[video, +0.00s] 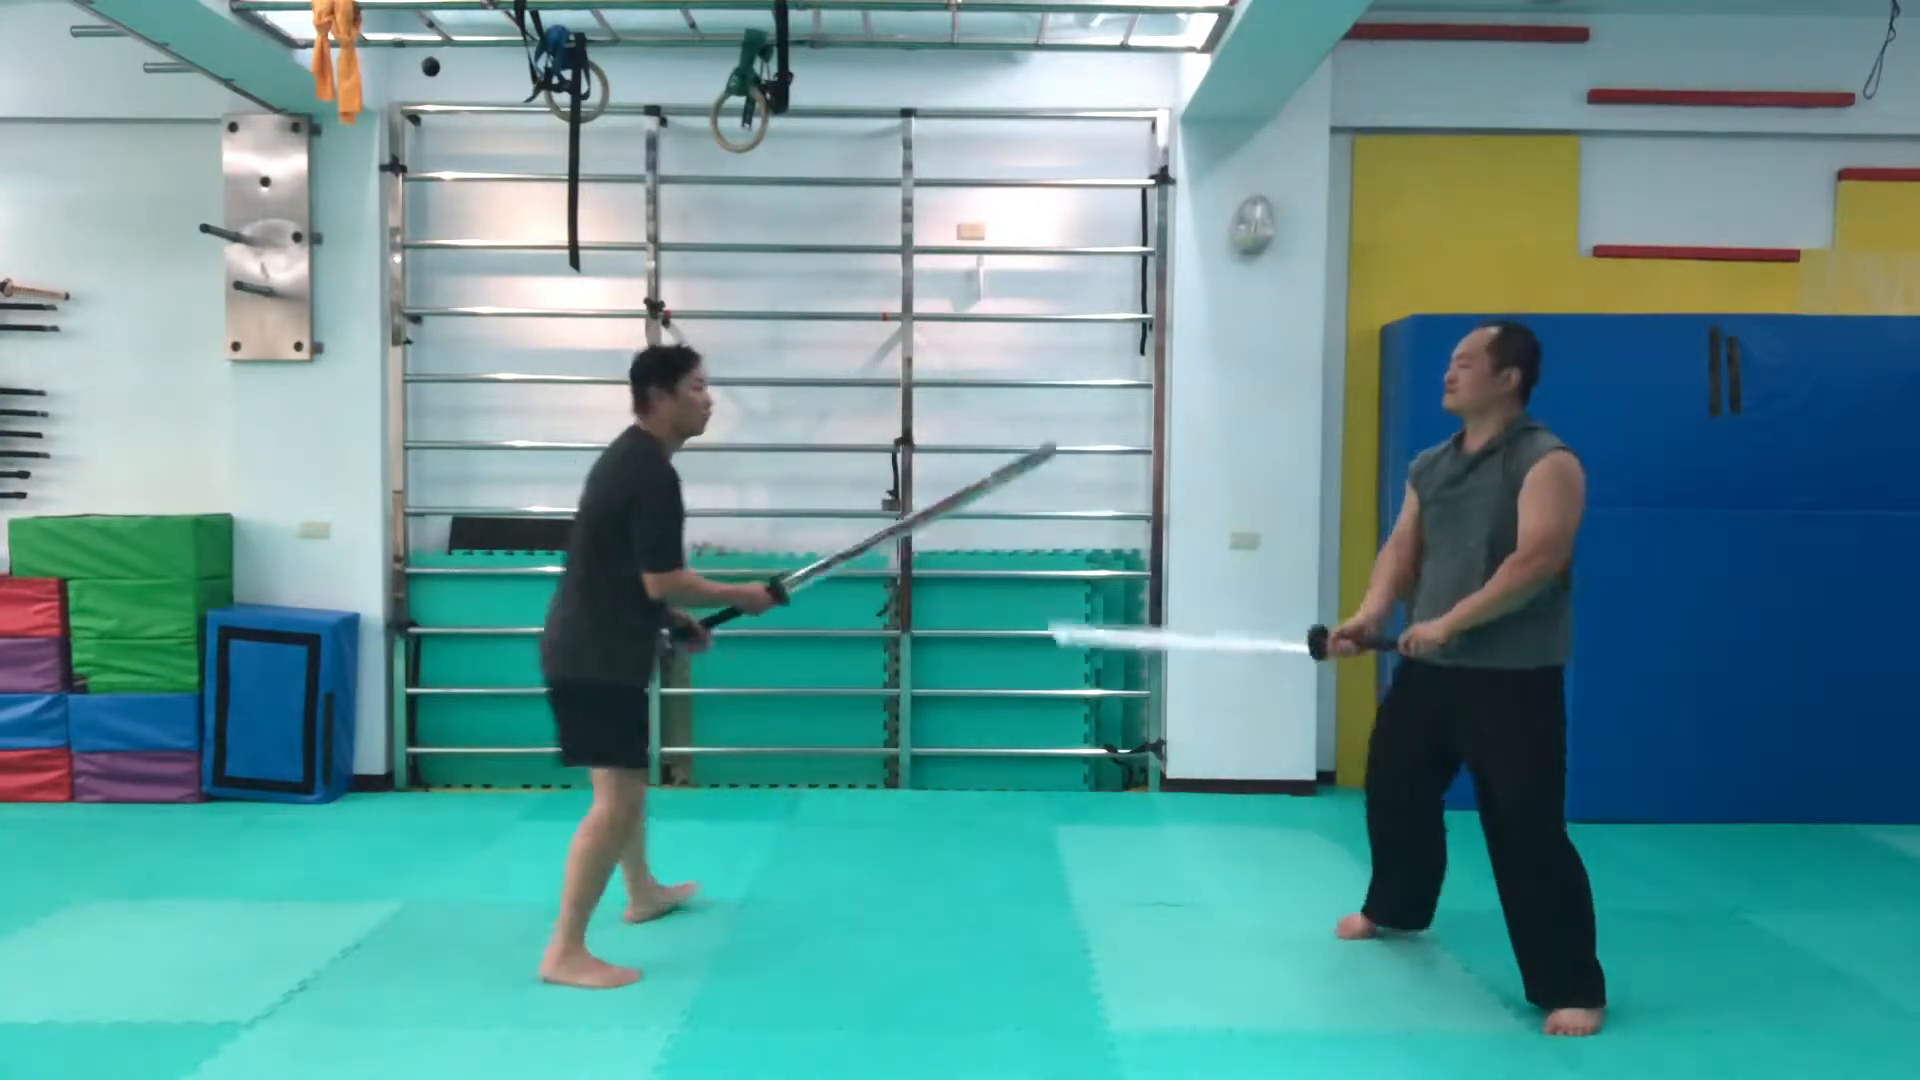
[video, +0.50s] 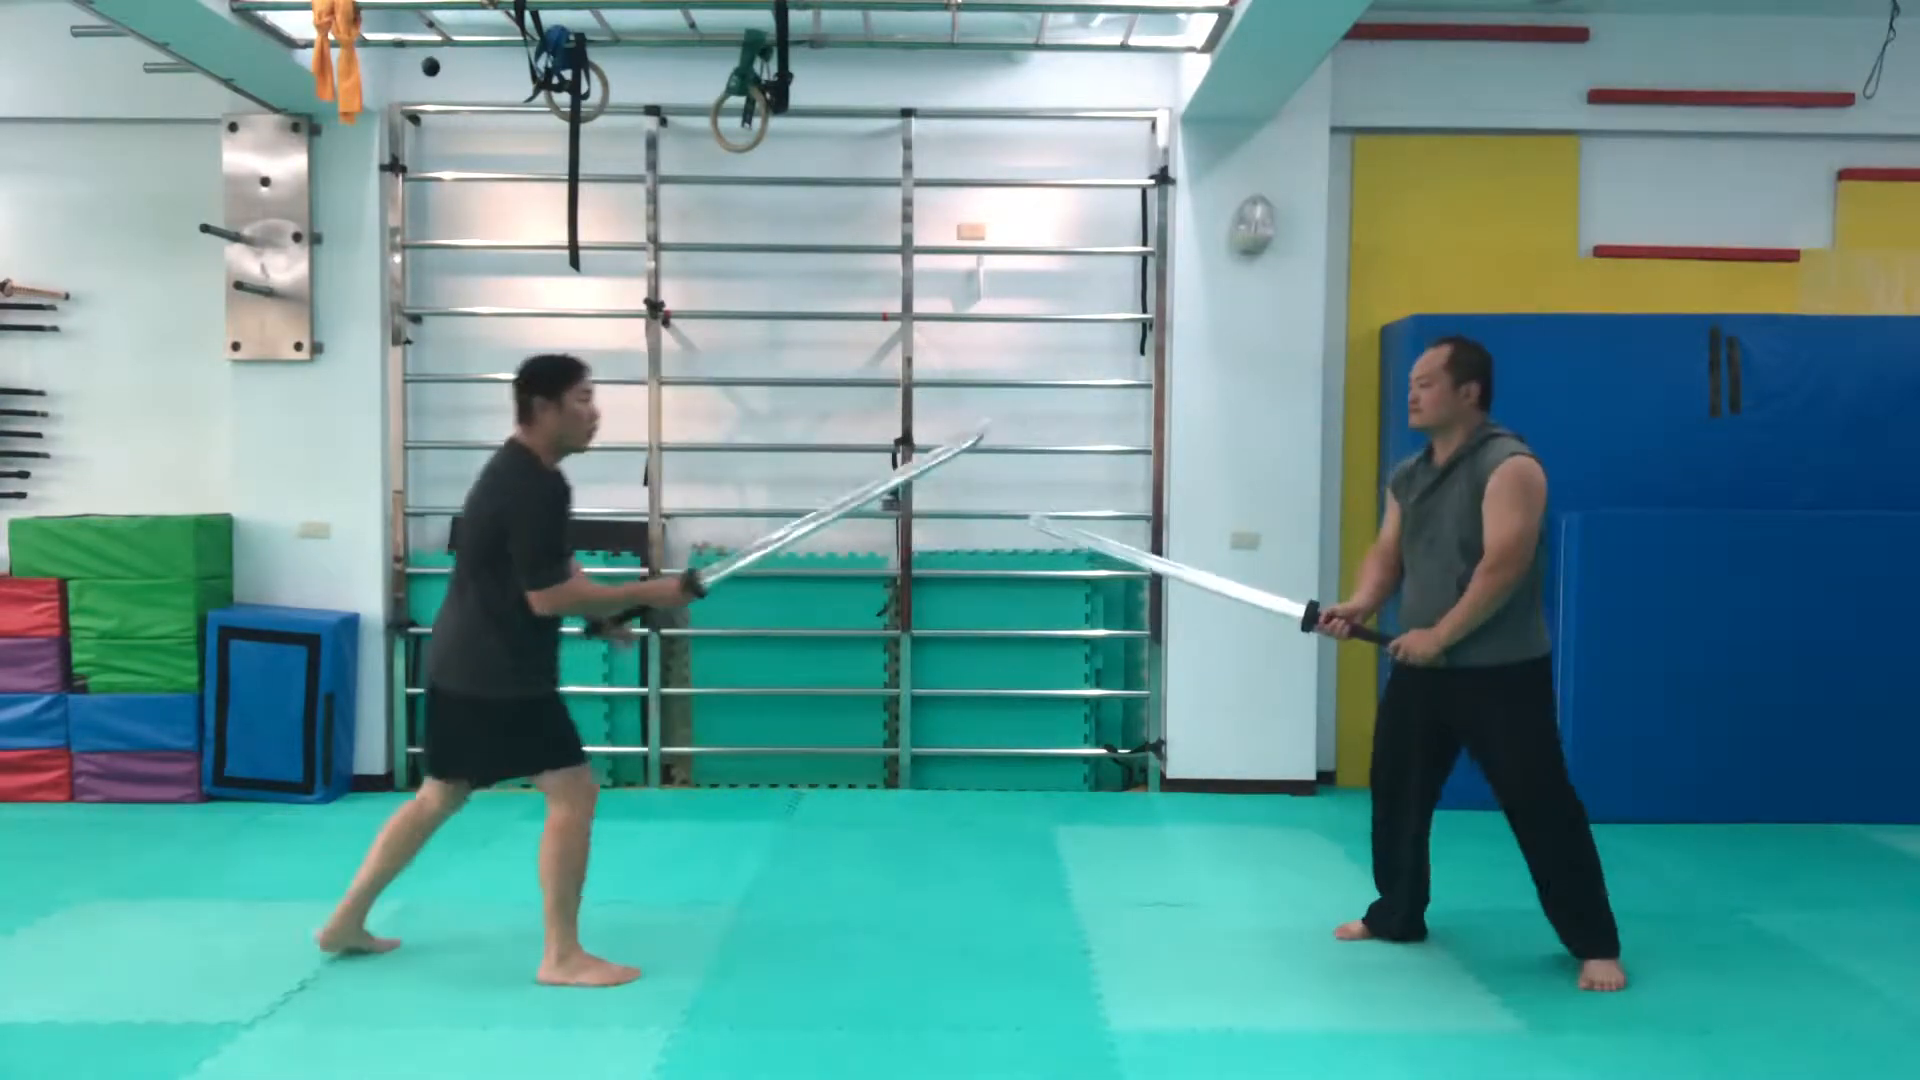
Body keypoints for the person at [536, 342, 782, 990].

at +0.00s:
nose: (710, 400)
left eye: (706, 388)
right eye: (697, 389)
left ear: (655, 399)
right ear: (659, 398)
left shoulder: (624, 458)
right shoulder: (652, 471)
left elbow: (609, 570)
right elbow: (664, 579)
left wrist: (671, 616)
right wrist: (742, 594)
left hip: (591, 650)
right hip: (600, 658)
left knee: (627, 781)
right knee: (614, 800)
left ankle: (642, 891)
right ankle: (564, 953)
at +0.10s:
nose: (696, 403)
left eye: (693, 390)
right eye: (684, 392)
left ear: (642, 401)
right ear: (645, 400)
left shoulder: (611, 457)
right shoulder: (629, 467)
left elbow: (608, 578)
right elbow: (643, 581)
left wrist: (667, 620)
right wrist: (731, 593)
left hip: (555, 648)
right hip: (574, 658)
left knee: (590, 779)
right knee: (612, 792)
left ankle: (578, 898)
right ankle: (564, 954)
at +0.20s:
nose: (673, 403)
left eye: (671, 390)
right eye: (663, 391)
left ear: (622, 401)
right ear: (622, 399)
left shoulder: (585, 457)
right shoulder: (607, 469)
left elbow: (601, 567)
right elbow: (621, 579)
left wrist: (659, 609)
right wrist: (714, 587)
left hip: (522, 652)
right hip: (559, 663)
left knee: (549, 773)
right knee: (599, 794)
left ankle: (485, 893)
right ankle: (564, 956)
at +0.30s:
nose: (648, 402)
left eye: (646, 389)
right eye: (636, 390)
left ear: (592, 399)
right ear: (597, 397)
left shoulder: (557, 458)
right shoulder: (584, 472)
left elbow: (563, 569)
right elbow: (602, 582)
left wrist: (635, 599)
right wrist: (698, 583)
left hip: (502, 658)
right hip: (547, 668)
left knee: (516, 772)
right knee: (596, 792)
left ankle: (406, 887)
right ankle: (564, 956)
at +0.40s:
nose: (621, 408)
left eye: (618, 395)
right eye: (609, 396)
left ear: (565, 406)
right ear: (570, 405)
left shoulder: (530, 467)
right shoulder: (562, 480)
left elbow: (546, 577)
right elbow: (577, 588)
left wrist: (623, 603)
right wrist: (670, 586)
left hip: (485, 666)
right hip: (530, 674)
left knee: (461, 787)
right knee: (587, 795)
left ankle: (356, 906)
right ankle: (563, 956)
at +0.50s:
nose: (595, 411)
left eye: (593, 399)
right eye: (582, 400)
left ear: (537, 412)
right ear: (541, 409)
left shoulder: (504, 471)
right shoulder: (538, 485)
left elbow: (511, 572)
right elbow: (550, 593)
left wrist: (591, 608)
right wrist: (645, 592)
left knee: (439, 795)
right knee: (573, 791)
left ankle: (344, 923)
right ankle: (562, 956)